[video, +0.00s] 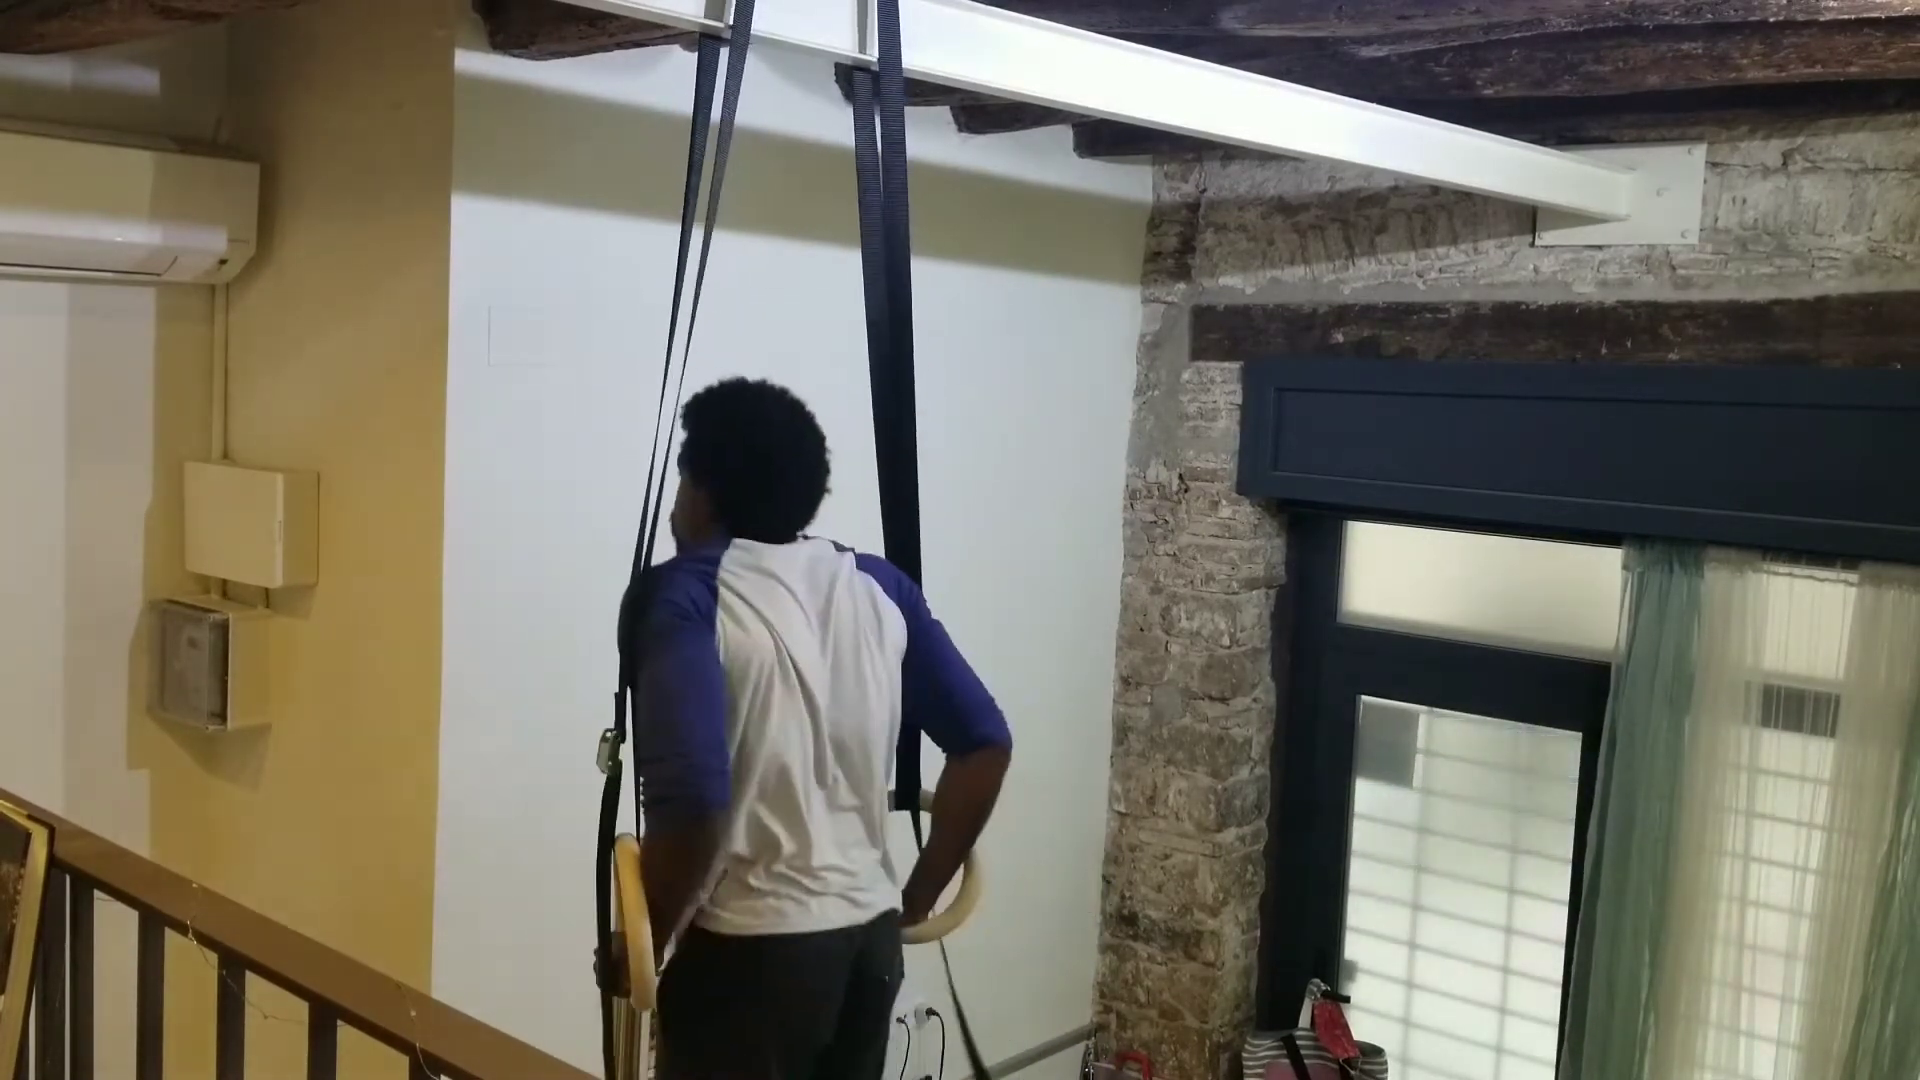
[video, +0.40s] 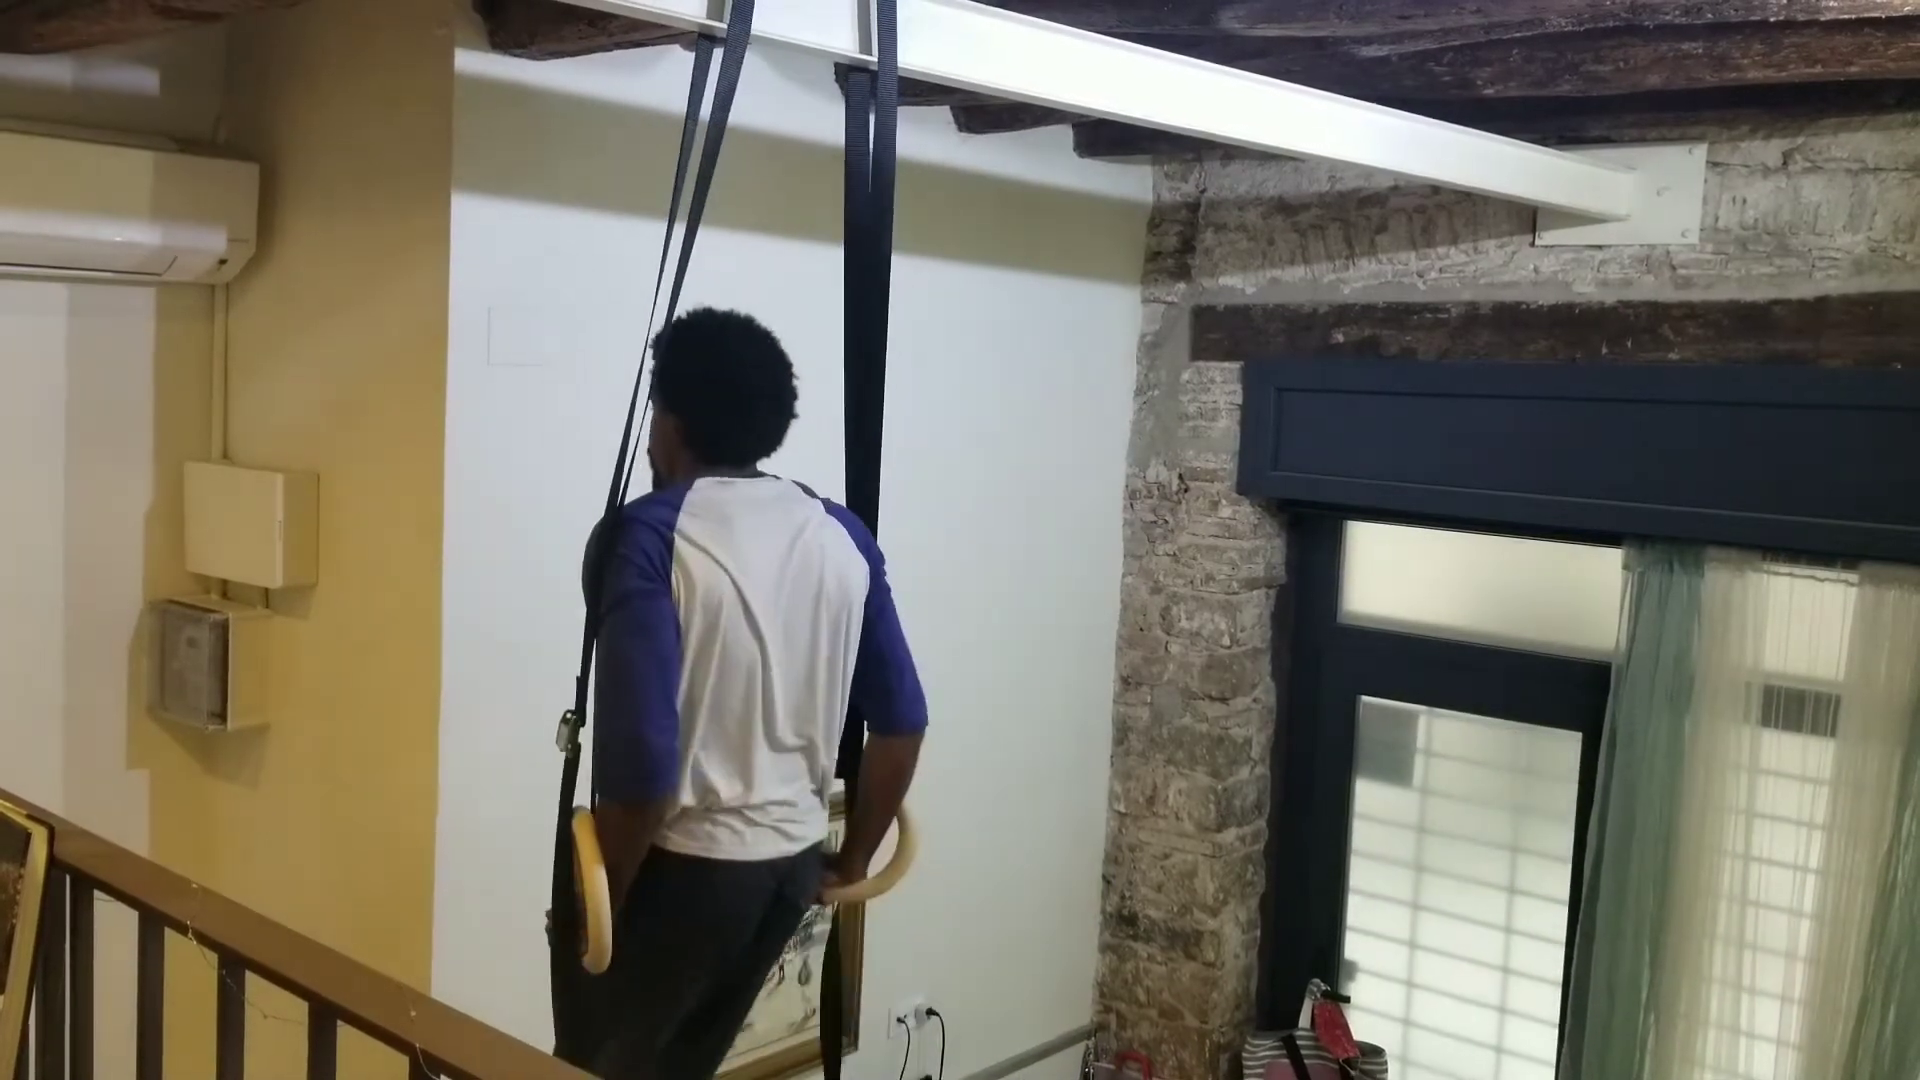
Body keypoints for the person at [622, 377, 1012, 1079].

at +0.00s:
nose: (675, 496)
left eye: (684, 474)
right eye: (683, 473)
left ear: (708, 489)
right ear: (799, 489)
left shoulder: (686, 594)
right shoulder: (880, 584)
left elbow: (694, 800)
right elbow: (983, 743)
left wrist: (639, 946)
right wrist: (920, 893)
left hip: (745, 970)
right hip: (869, 961)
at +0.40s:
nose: (653, 429)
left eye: (657, 407)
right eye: (659, 405)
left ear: (671, 422)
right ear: (770, 423)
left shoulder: (650, 533)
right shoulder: (842, 536)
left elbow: (644, 773)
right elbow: (899, 720)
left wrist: (589, 899)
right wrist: (854, 859)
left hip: (672, 885)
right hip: (785, 883)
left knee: (599, 1067)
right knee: (686, 1067)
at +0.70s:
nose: (650, 394)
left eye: (655, 372)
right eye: (654, 370)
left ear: (675, 385)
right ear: (762, 385)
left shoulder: (655, 504)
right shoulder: (840, 499)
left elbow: (644, 749)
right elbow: (868, 694)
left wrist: (585, 884)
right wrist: (848, 827)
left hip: (686, 838)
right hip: (793, 832)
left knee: (552, 1044)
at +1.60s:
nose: (708, 418)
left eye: (708, 396)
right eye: (707, 396)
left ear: (728, 401)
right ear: (823, 398)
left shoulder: (725, 499)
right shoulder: (929, 491)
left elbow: (733, 751)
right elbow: (983, 698)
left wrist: (713, 947)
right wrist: (989, 868)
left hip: (838, 844)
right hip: (958, 840)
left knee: (765, 1062)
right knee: (860, 1064)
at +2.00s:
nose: (684, 420)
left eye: (685, 396)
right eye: (682, 397)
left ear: (709, 399)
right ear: (794, 394)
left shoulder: (711, 497)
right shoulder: (908, 497)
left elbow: (717, 742)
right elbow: (956, 708)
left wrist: (690, 934)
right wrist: (960, 871)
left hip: (809, 851)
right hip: (928, 850)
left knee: (771, 1061)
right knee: (879, 1068)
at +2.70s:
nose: (632, 421)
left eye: (631, 402)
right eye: (629, 403)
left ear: (657, 386)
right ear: (737, 382)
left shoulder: (669, 488)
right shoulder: (847, 483)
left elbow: (654, 722)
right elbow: (867, 665)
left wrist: (597, 898)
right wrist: (862, 812)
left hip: (722, 825)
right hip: (829, 826)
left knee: (628, 1057)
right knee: (711, 1059)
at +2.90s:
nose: (630, 404)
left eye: (631, 383)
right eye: (629, 383)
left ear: (656, 376)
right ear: (738, 377)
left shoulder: (659, 480)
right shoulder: (845, 477)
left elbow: (648, 695)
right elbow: (849, 654)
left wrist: (603, 878)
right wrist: (855, 821)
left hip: (721, 810)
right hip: (829, 817)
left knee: (614, 1046)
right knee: (697, 1051)